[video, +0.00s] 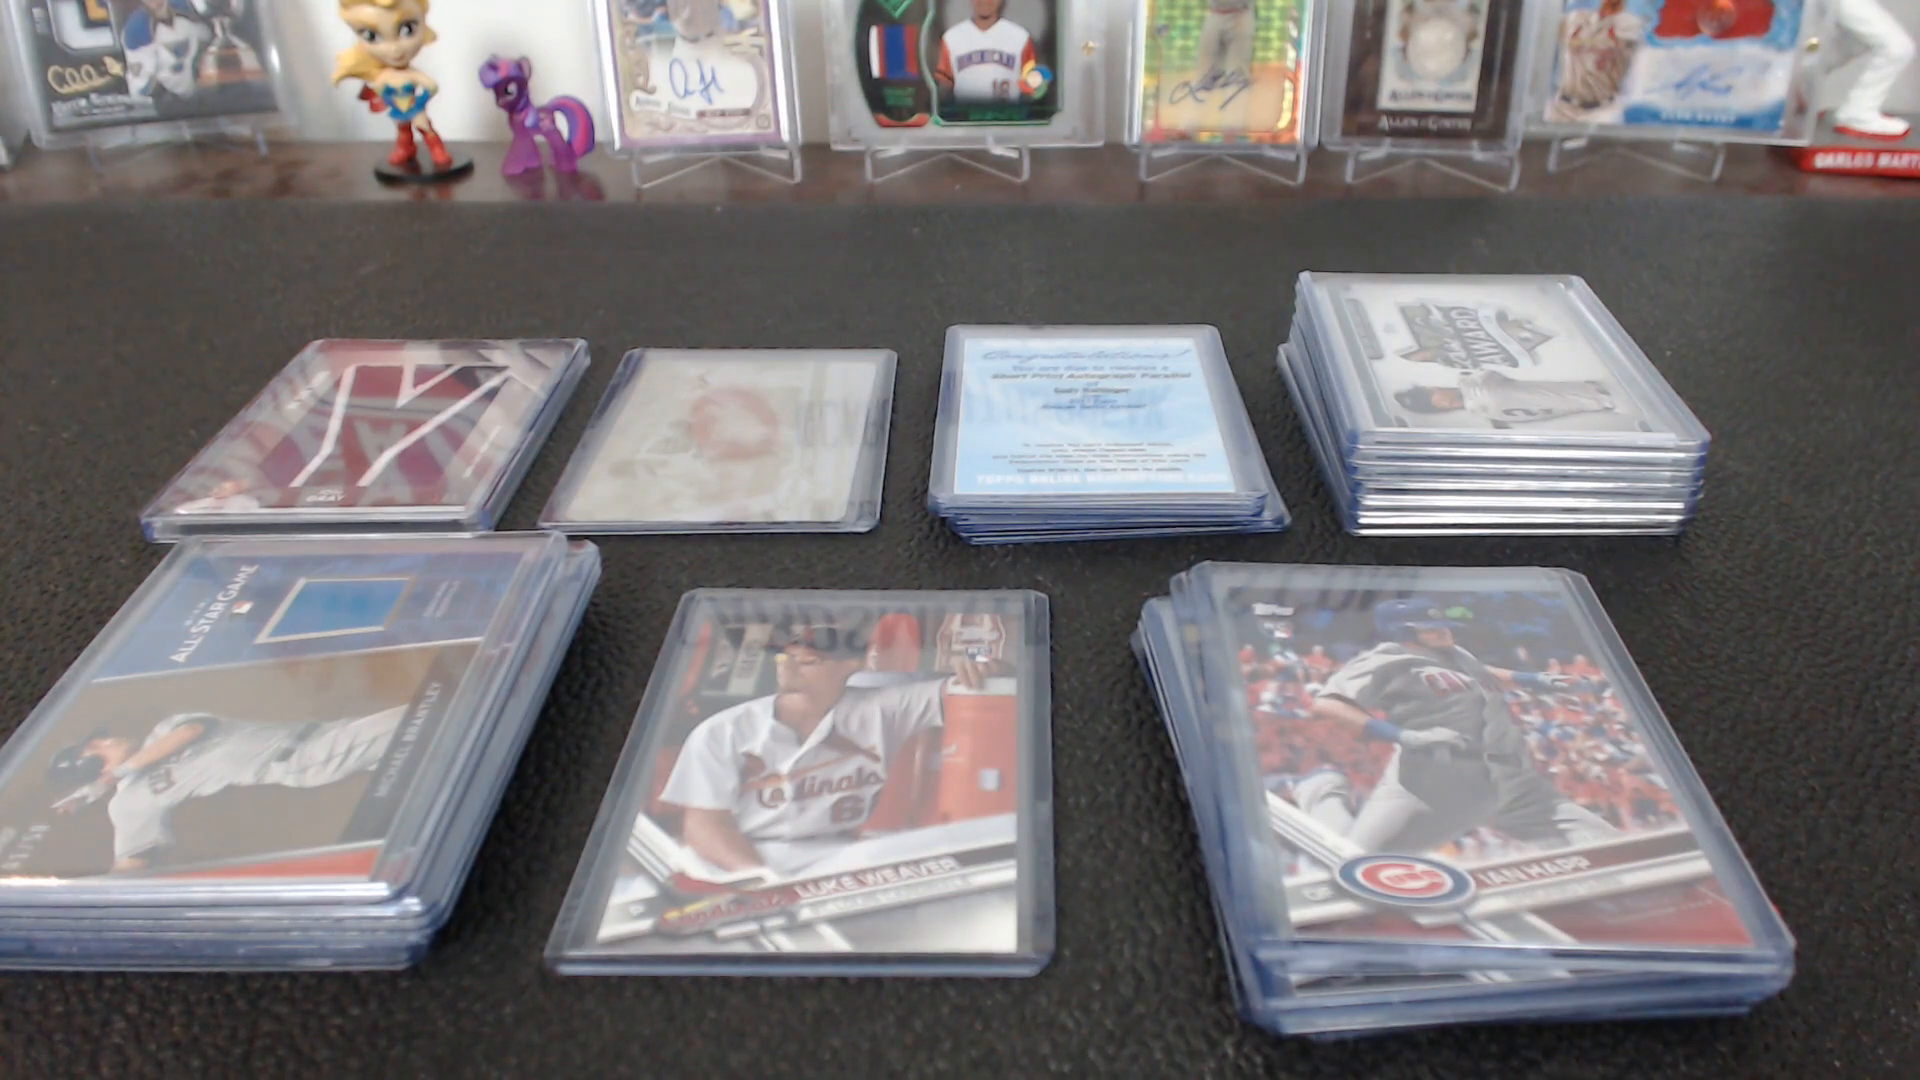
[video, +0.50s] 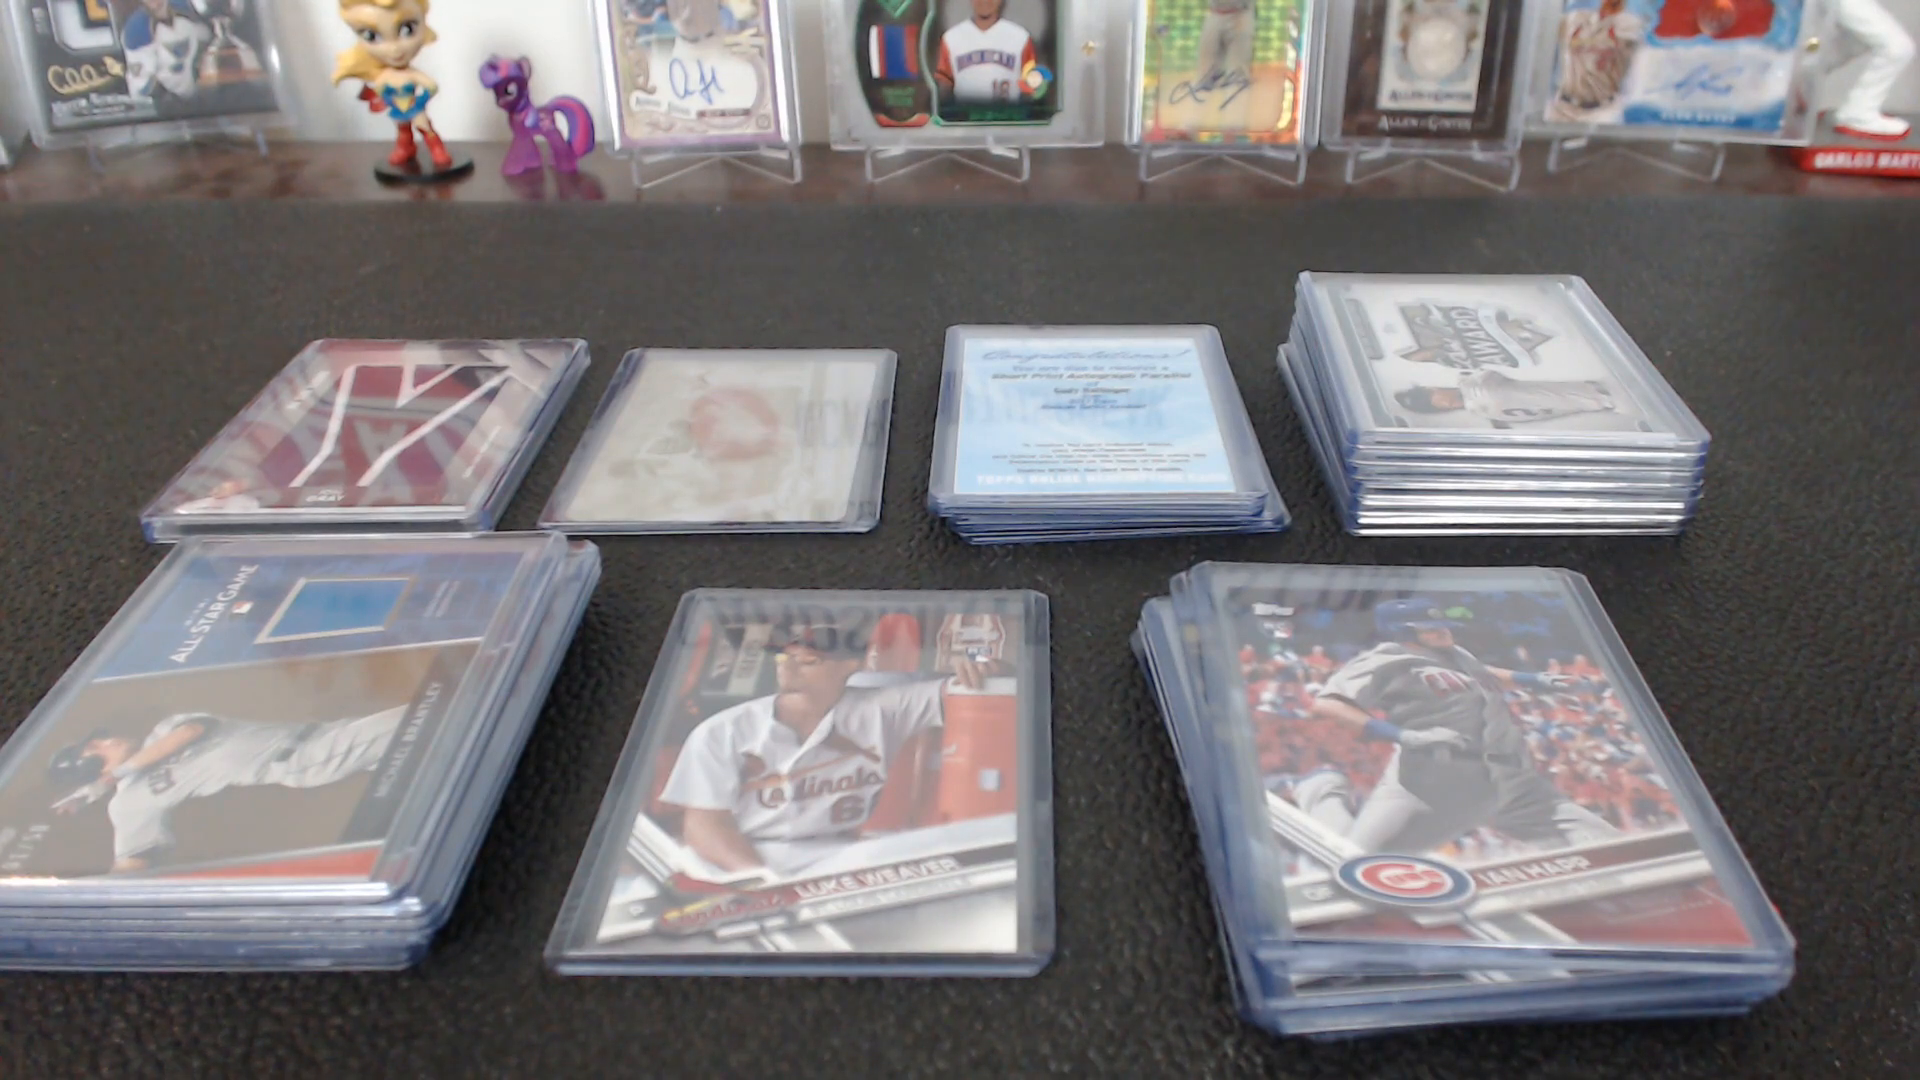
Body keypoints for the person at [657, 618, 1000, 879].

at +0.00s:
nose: (798, 655)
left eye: (820, 645)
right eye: (789, 643)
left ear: (853, 660)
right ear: (776, 654)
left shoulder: (877, 712)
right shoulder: (720, 735)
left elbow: (962, 689)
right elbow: (703, 829)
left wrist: (975, 670)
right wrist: (767, 883)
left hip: (828, 866)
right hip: (731, 870)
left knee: (891, 850)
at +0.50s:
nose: (797, 656)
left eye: (818, 648)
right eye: (789, 644)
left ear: (853, 663)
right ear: (776, 655)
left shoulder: (876, 713)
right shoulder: (720, 735)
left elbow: (959, 690)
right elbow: (703, 829)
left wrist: (972, 670)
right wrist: (766, 883)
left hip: (827, 866)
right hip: (729, 870)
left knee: (892, 851)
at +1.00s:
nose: (799, 656)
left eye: (820, 646)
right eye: (789, 644)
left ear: (854, 661)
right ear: (776, 656)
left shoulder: (877, 713)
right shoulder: (719, 735)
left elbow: (959, 690)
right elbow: (703, 829)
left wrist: (972, 674)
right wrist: (767, 883)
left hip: (829, 868)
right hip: (730, 872)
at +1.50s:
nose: (800, 654)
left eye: (821, 646)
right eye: (790, 643)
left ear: (854, 662)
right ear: (776, 655)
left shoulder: (876, 713)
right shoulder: (720, 735)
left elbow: (959, 690)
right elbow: (703, 830)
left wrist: (972, 674)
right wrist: (768, 884)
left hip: (830, 868)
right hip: (730, 873)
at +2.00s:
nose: (797, 657)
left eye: (818, 647)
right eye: (789, 644)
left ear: (853, 664)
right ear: (776, 655)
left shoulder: (875, 716)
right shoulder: (720, 735)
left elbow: (954, 691)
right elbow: (703, 828)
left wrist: (973, 674)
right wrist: (767, 883)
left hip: (827, 866)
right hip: (730, 870)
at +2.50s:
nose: (795, 657)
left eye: (817, 647)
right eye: (787, 645)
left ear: (853, 663)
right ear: (776, 655)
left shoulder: (875, 715)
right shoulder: (720, 735)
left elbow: (954, 691)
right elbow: (703, 828)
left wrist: (973, 672)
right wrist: (767, 883)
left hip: (827, 867)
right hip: (729, 872)